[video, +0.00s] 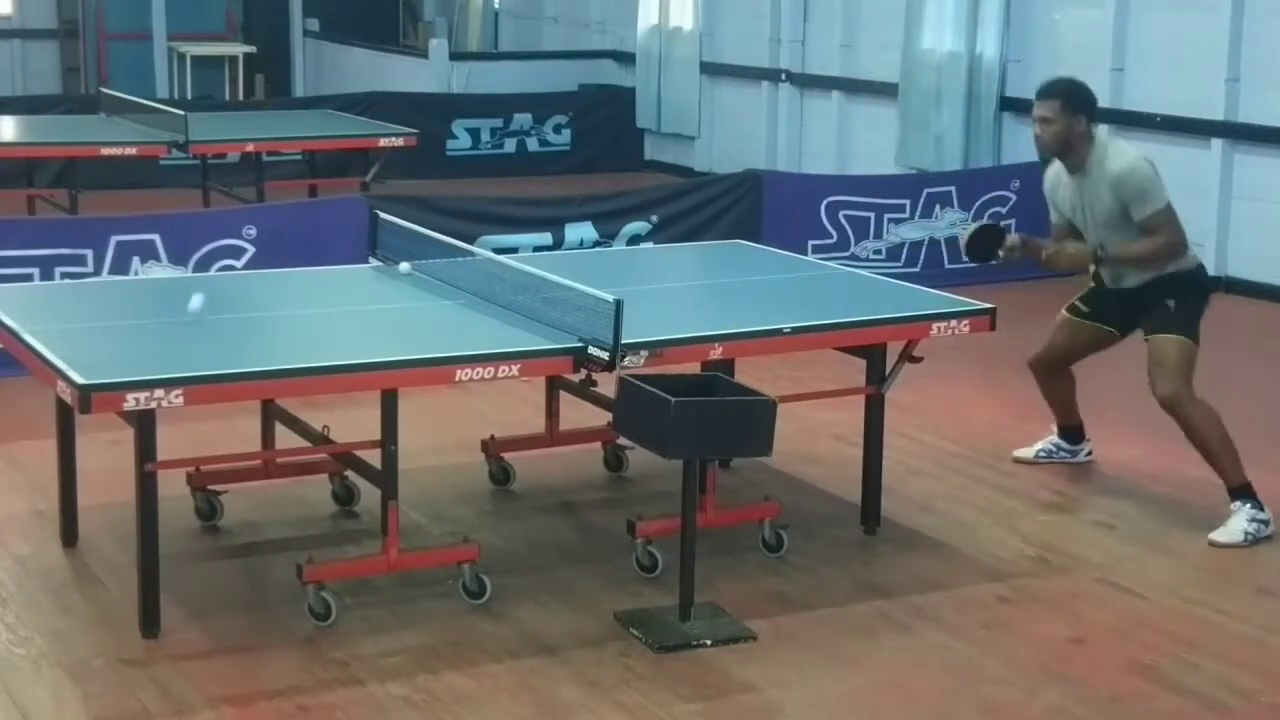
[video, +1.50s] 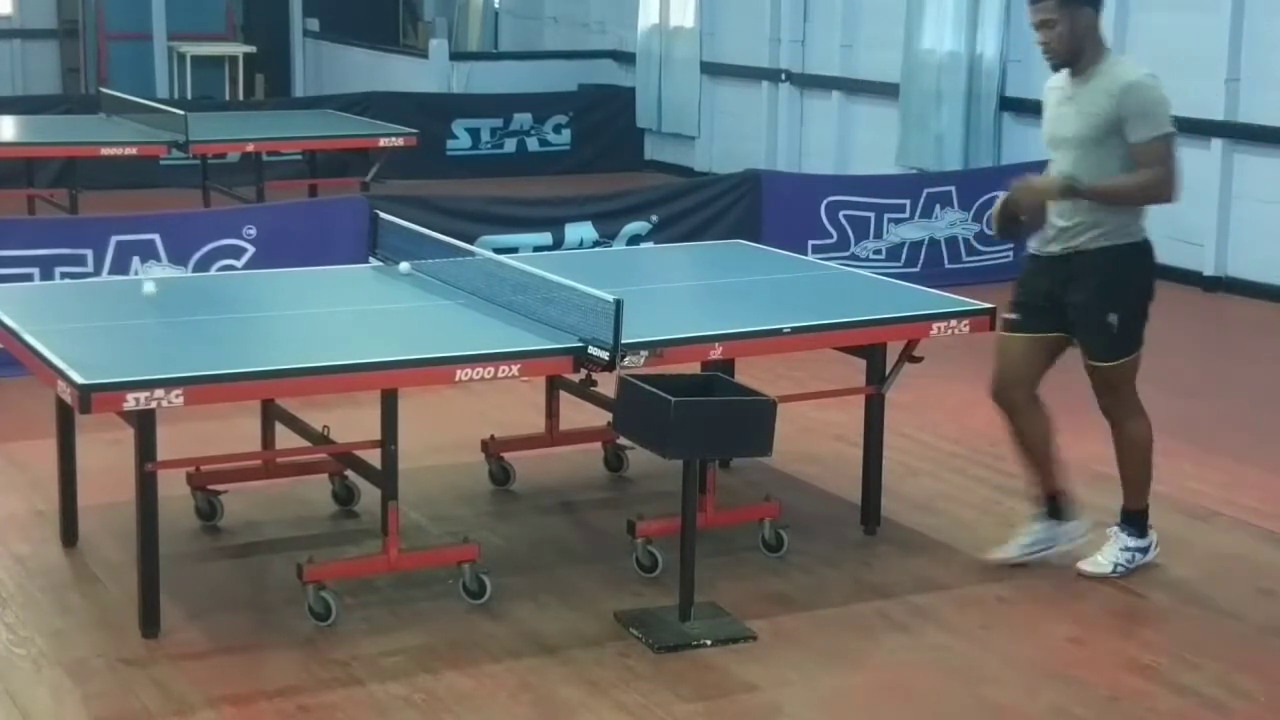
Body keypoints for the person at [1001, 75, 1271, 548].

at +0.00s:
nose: (1035, 131)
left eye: (1046, 122)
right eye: (1035, 121)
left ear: (1079, 124)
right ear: (1044, 123)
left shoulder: (1126, 167)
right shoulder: (1055, 177)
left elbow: (1173, 242)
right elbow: (1069, 251)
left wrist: (1100, 254)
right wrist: (1026, 247)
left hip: (1171, 284)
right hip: (1114, 287)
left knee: (1171, 391)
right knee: (1046, 362)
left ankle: (1249, 506)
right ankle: (1072, 441)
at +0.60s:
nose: (1100, 61)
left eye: (1112, 52)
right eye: (1101, 51)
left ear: (1144, 62)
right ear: (1106, 59)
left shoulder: (1183, 119)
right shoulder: (1102, 122)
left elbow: (1239, 186)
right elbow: (1103, 181)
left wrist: (1159, 211)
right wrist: (1072, 216)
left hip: (1193, 264)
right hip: (1134, 264)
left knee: (1185, 389)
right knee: (1102, 356)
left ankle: (1250, 503)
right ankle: (1087, 444)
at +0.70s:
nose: (1110, 22)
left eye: (1124, 15)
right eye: (1111, 13)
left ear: (1156, 28)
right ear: (1119, 26)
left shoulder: (1189, 84)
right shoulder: (1113, 85)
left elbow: (1253, 148)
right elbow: (1121, 155)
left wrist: (1173, 183)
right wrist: (1098, 197)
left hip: (1195, 237)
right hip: (1136, 238)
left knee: (1191, 369)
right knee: (1121, 346)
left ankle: (1247, 494)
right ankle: (1149, 460)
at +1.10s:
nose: (1108, 24)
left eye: (1123, 17)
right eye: (1107, 14)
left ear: (1156, 25)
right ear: (1105, 19)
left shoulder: (1191, 83)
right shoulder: (1097, 89)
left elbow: (1243, 159)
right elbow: (1100, 161)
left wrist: (1169, 190)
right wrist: (1087, 207)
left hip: (1184, 248)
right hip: (1125, 256)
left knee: (1165, 382)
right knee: (1158, 382)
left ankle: (1164, 529)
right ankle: (1218, 488)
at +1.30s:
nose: (1086, 39)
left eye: (1097, 26)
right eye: (1080, 29)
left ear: (1133, 26)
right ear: (1077, 33)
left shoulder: (1173, 98)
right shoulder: (1078, 99)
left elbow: (1233, 174)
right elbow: (1073, 171)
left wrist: (1155, 203)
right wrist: (1055, 199)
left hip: (1150, 266)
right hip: (1090, 266)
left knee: (1120, 401)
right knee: (1081, 396)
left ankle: (1138, 540)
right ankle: (1178, 467)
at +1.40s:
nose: (1065, 42)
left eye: (1074, 28)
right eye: (1060, 31)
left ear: (1113, 22)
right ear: (1061, 31)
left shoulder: (1155, 93)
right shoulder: (1069, 94)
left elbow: (1202, 184)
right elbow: (1078, 167)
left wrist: (1117, 206)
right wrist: (1044, 198)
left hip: (1131, 266)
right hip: (1071, 265)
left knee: (1120, 403)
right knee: (1039, 392)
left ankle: (1139, 537)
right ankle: (1123, 476)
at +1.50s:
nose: (1040, 39)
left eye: (1048, 25)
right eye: (1035, 28)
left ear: (1087, 17)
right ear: (1042, 28)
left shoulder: (1135, 87)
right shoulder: (1057, 87)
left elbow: (1162, 184)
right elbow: (1075, 176)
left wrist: (1062, 188)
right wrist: (1030, 203)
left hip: (1112, 263)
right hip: (1053, 261)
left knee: (1117, 397)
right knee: (1010, 386)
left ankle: (1136, 532)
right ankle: (1056, 515)